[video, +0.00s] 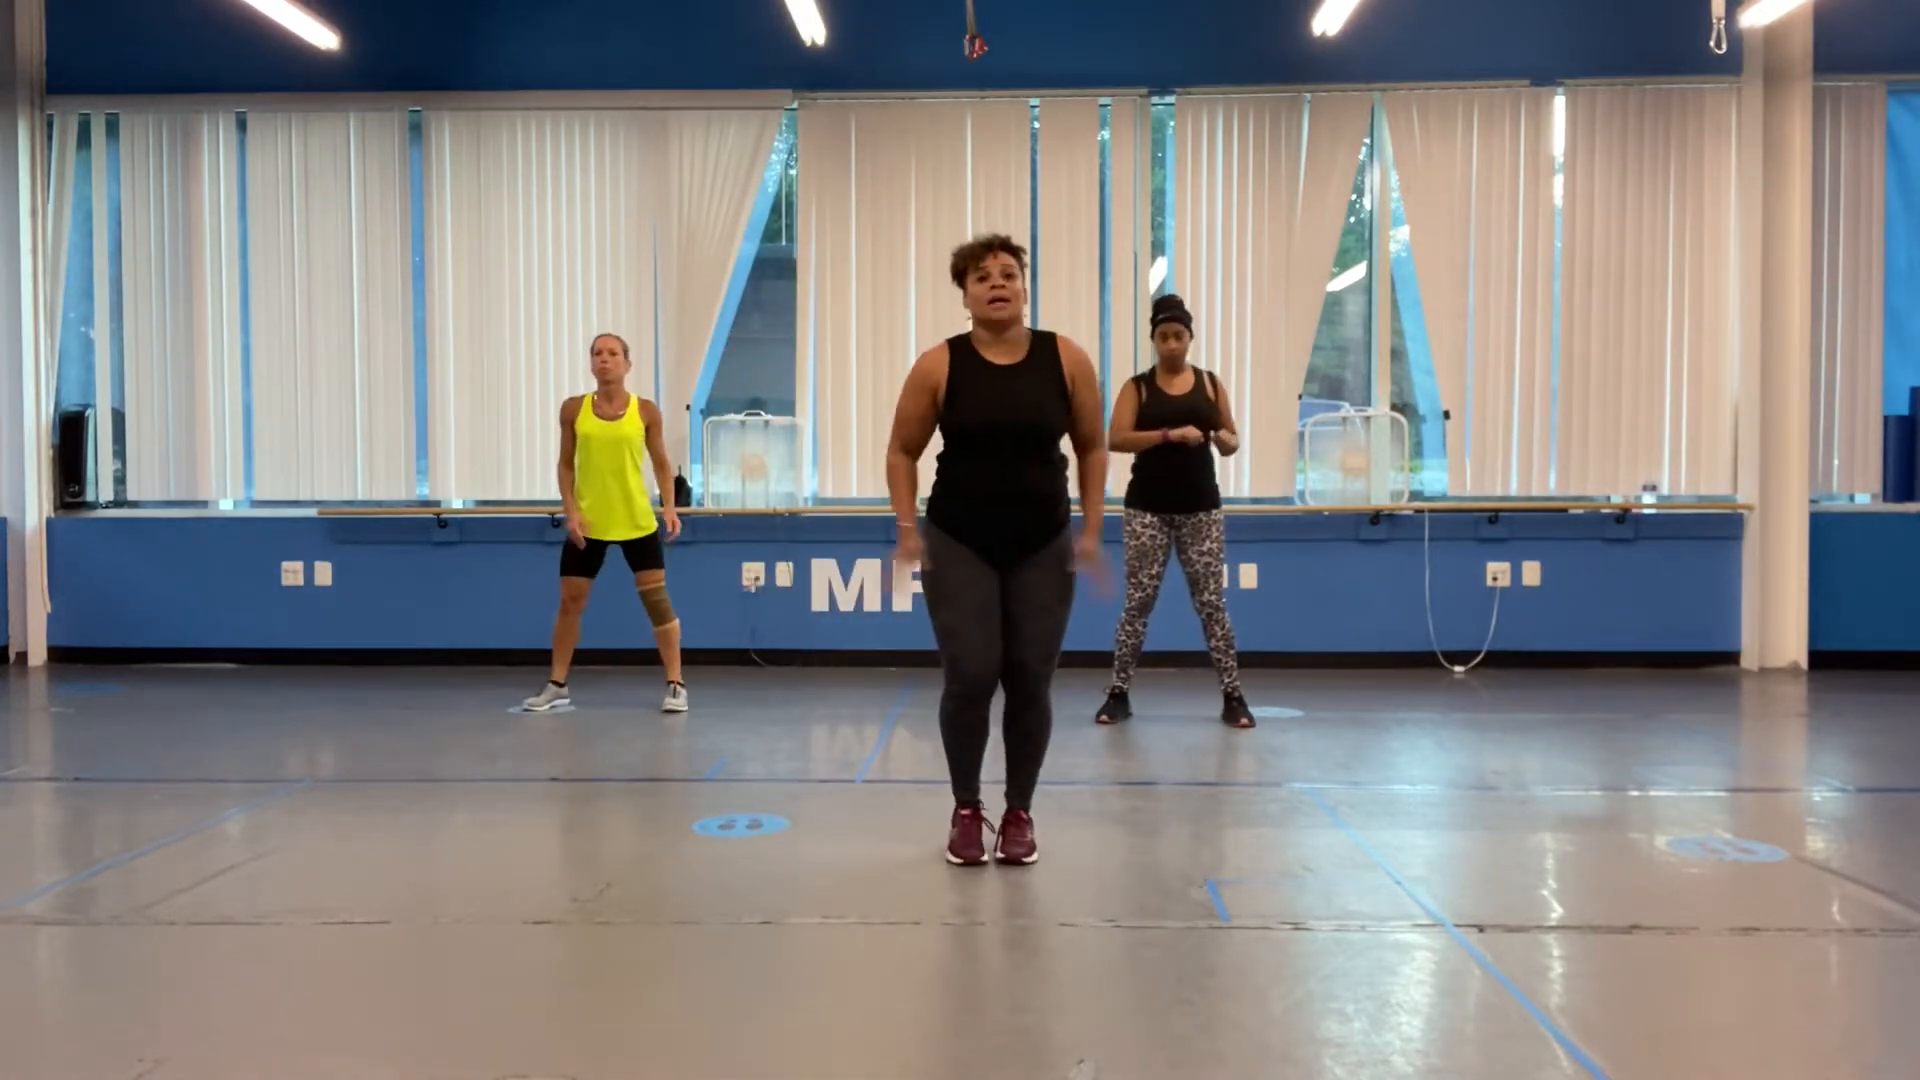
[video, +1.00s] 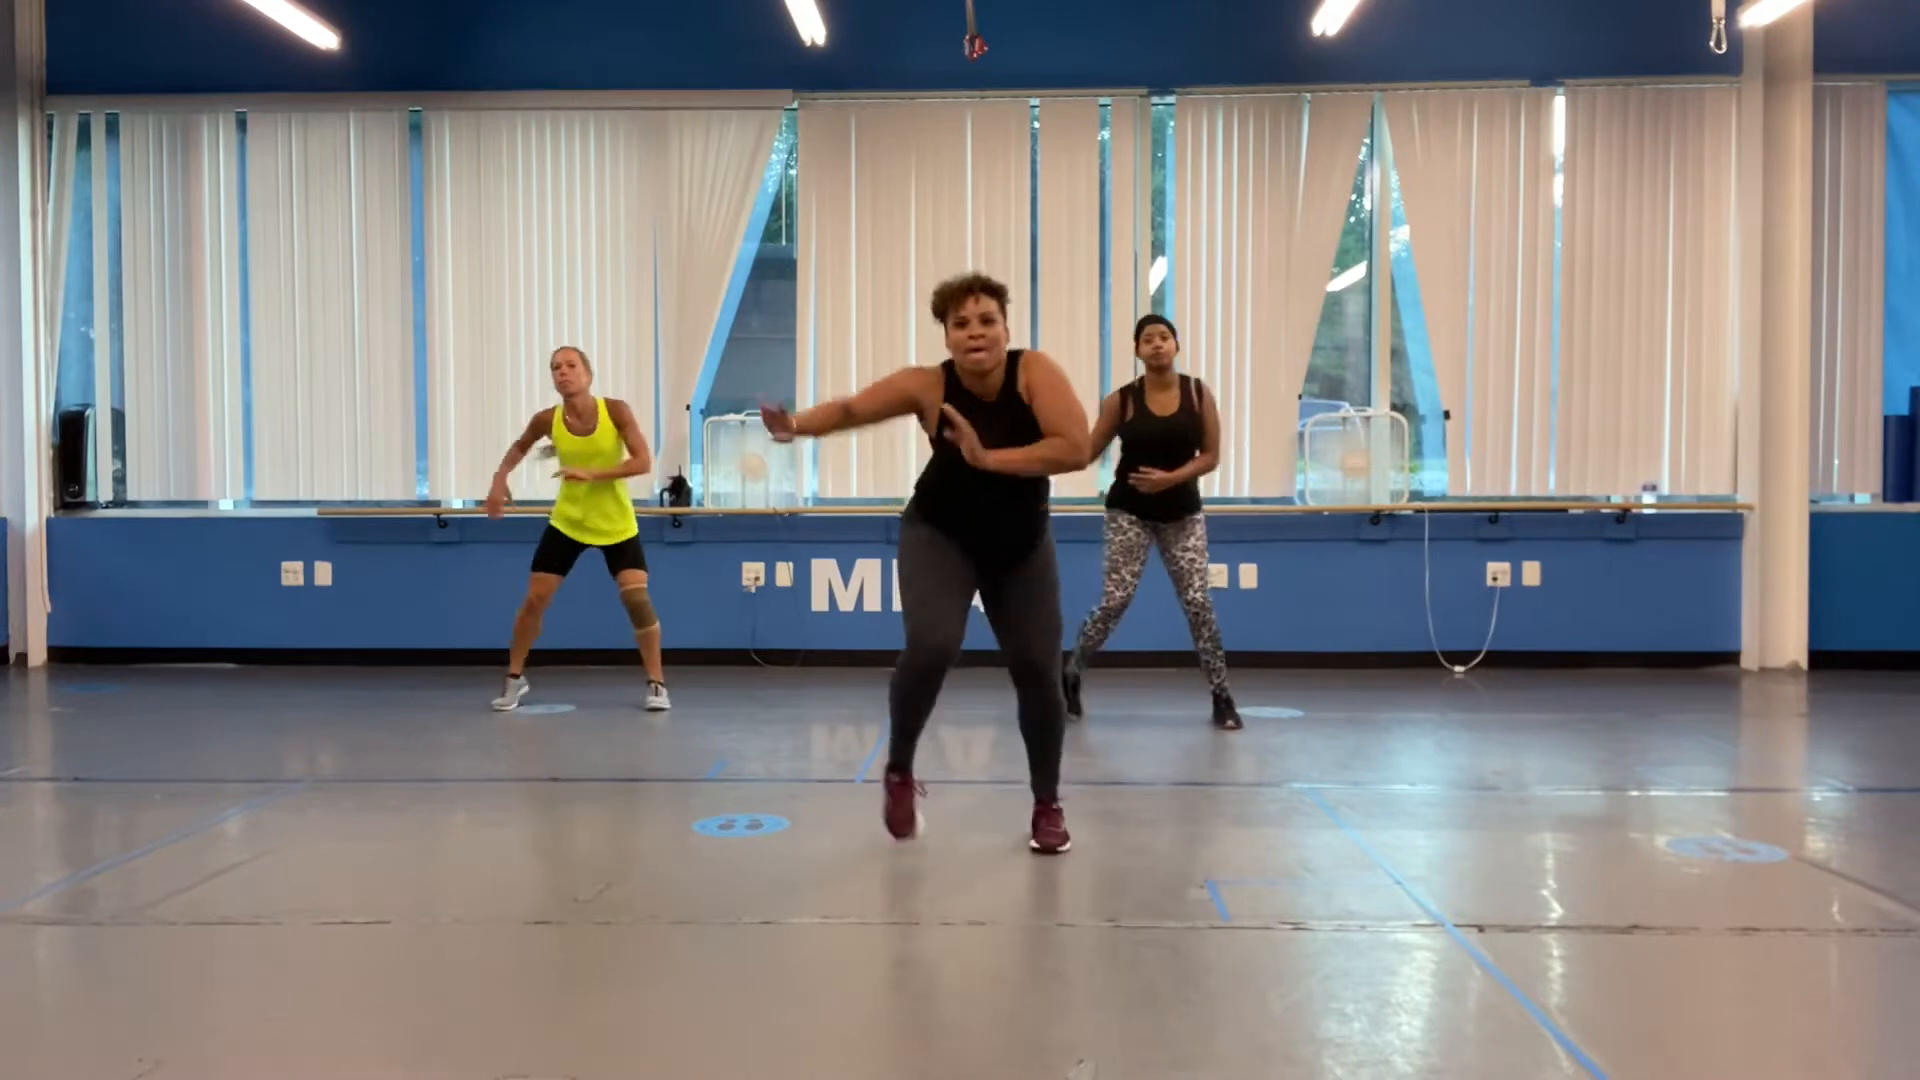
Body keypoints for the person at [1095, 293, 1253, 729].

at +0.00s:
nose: (1172, 342)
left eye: (1179, 335)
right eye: (1164, 336)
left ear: (1190, 339)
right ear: (1154, 340)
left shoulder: (1209, 384)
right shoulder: (1135, 388)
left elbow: (1230, 444)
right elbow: (1117, 439)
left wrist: (1220, 435)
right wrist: (1166, 435)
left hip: (1200, 510)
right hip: (1147, 510)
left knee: (1211, 604)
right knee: (1138, 602)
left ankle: (1232, 695)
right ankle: (1118, 693)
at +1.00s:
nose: (1157, 344)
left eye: (1163, 337)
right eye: (1148, 340)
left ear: (1176, 346)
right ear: (1137, 350)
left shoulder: (1198, 394)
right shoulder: (1121, 400)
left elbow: (1210, 457)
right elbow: (1087, 452)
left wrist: (1169, 478)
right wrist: (1047, 454)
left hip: (1182, 515)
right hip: (1128, 514)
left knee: (1197, 602)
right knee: (1116, 599)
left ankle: (1222, 695)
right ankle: (1071, 673)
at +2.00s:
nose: (1067, 363)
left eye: (1075, 356)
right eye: (1059, 356)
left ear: (1085, 365)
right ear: (1047, 363)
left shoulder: (1103, 414)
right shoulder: (1028, 417)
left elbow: (1145, 462)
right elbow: (1005, 479)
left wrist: (1194, 498)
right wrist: (1055, 473)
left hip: (1106, 528)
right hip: (1051, 532)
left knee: (1121, 613)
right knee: (1039, 612)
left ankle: (1160, 656)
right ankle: (1028, 695)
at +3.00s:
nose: (1101, 370)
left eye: (1109, 361)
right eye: (1094, 361)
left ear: (1121, 362)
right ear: (1083, 360)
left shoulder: (1136, 410)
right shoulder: (1061, 407)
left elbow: (1161, 469)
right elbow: (1024, 460)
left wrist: (1199, 510)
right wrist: (1056, 491)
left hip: (1123, 527)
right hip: (1069, 527)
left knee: (1139, 613)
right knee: (1061, 611)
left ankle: (1152, 690)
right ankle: (1043, 697)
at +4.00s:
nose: (1194, 360)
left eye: (1201, 352)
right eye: (1186, 354)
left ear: (1216, 355)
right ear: (1178, 361)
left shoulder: (1243, 403)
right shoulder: (1166, 415)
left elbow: (1279, 460)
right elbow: (1160, 486)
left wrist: (1315, 508)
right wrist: (1185, 531)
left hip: (1240, 524)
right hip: (1184, 524)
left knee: (1254, 610)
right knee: (1156, 606)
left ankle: (1283, 702)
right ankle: (1136, 689)